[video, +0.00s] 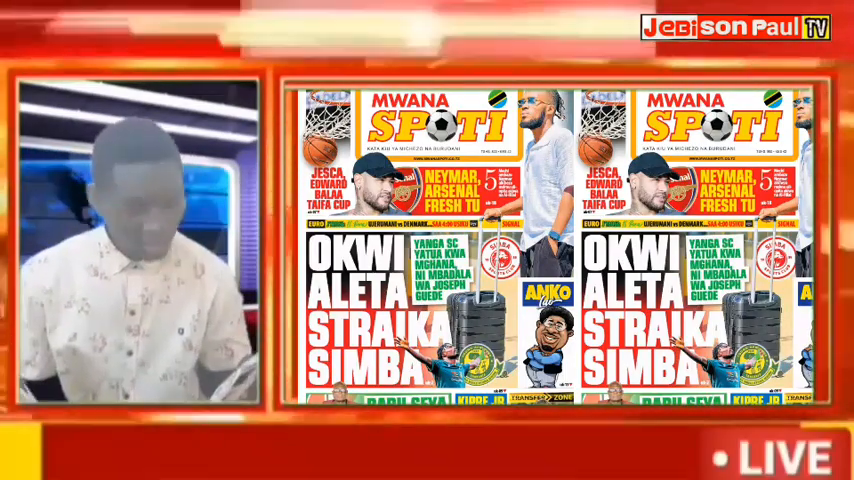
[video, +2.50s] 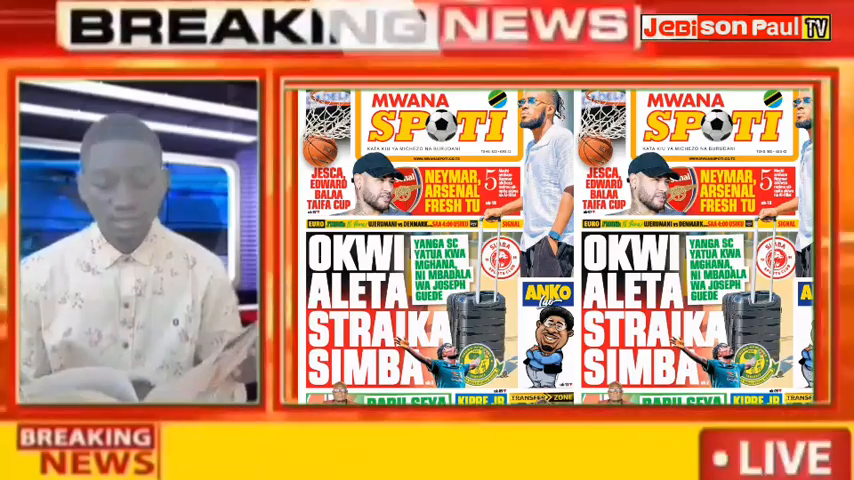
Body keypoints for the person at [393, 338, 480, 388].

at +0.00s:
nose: (453, 348)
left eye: (453, 347)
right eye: (449, 347)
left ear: (455, 351)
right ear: (443, 354)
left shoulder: (462, 367)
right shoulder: (438, 365)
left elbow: (474, 365)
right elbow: (423, 359)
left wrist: (478, 360)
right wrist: (408, 348)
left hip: (461, 402)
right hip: (444, 403)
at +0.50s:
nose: (453, 348)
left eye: (453, 347)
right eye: (449, 347)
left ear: (455, 351)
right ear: (443, 354)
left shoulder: (462, 367)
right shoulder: (438, 365)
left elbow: (474, 365)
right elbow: (423, 359)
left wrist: (477, 360)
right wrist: (408, 348)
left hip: (461, 403)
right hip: (444, 403)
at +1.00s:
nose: (453, 348)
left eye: (453, 347)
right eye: (449, 347)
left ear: (455, 351)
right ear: (443, 354)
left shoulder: (462, 367)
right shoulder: (438, 365)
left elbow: (474, 365)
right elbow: (423, 359)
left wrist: (478, 360)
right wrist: (408, 348)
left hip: (461, 403)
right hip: (444, 403)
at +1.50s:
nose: (453, 348)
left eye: (453, 347)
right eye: (449, 347)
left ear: (455, 351)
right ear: (443, 354)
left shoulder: (462, 367)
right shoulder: (438, 365)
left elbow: (474, 365)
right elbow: (423, 359)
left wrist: (478, 360)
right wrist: (408, 348)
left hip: (461, 403)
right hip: (444, 403)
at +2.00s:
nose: (453, 348)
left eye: (453, 347)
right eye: (449, 348)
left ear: (456, 352)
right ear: (443, 354)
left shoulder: (462, 367)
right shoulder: (439, 365)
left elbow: (474, 365)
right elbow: (423, 359)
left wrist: (478, 360)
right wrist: (408, 348)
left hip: (461, 402)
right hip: (445, 403)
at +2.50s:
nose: (453, 348)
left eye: (453, 347)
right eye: (449, 348)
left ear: (456, 352)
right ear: (443, 354)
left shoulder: (462, 367)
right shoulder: (439, 365)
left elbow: (474, 365)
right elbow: (423, 359)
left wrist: (478, 360)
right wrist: (408, 348)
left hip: (461, 403)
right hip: (445, 403)